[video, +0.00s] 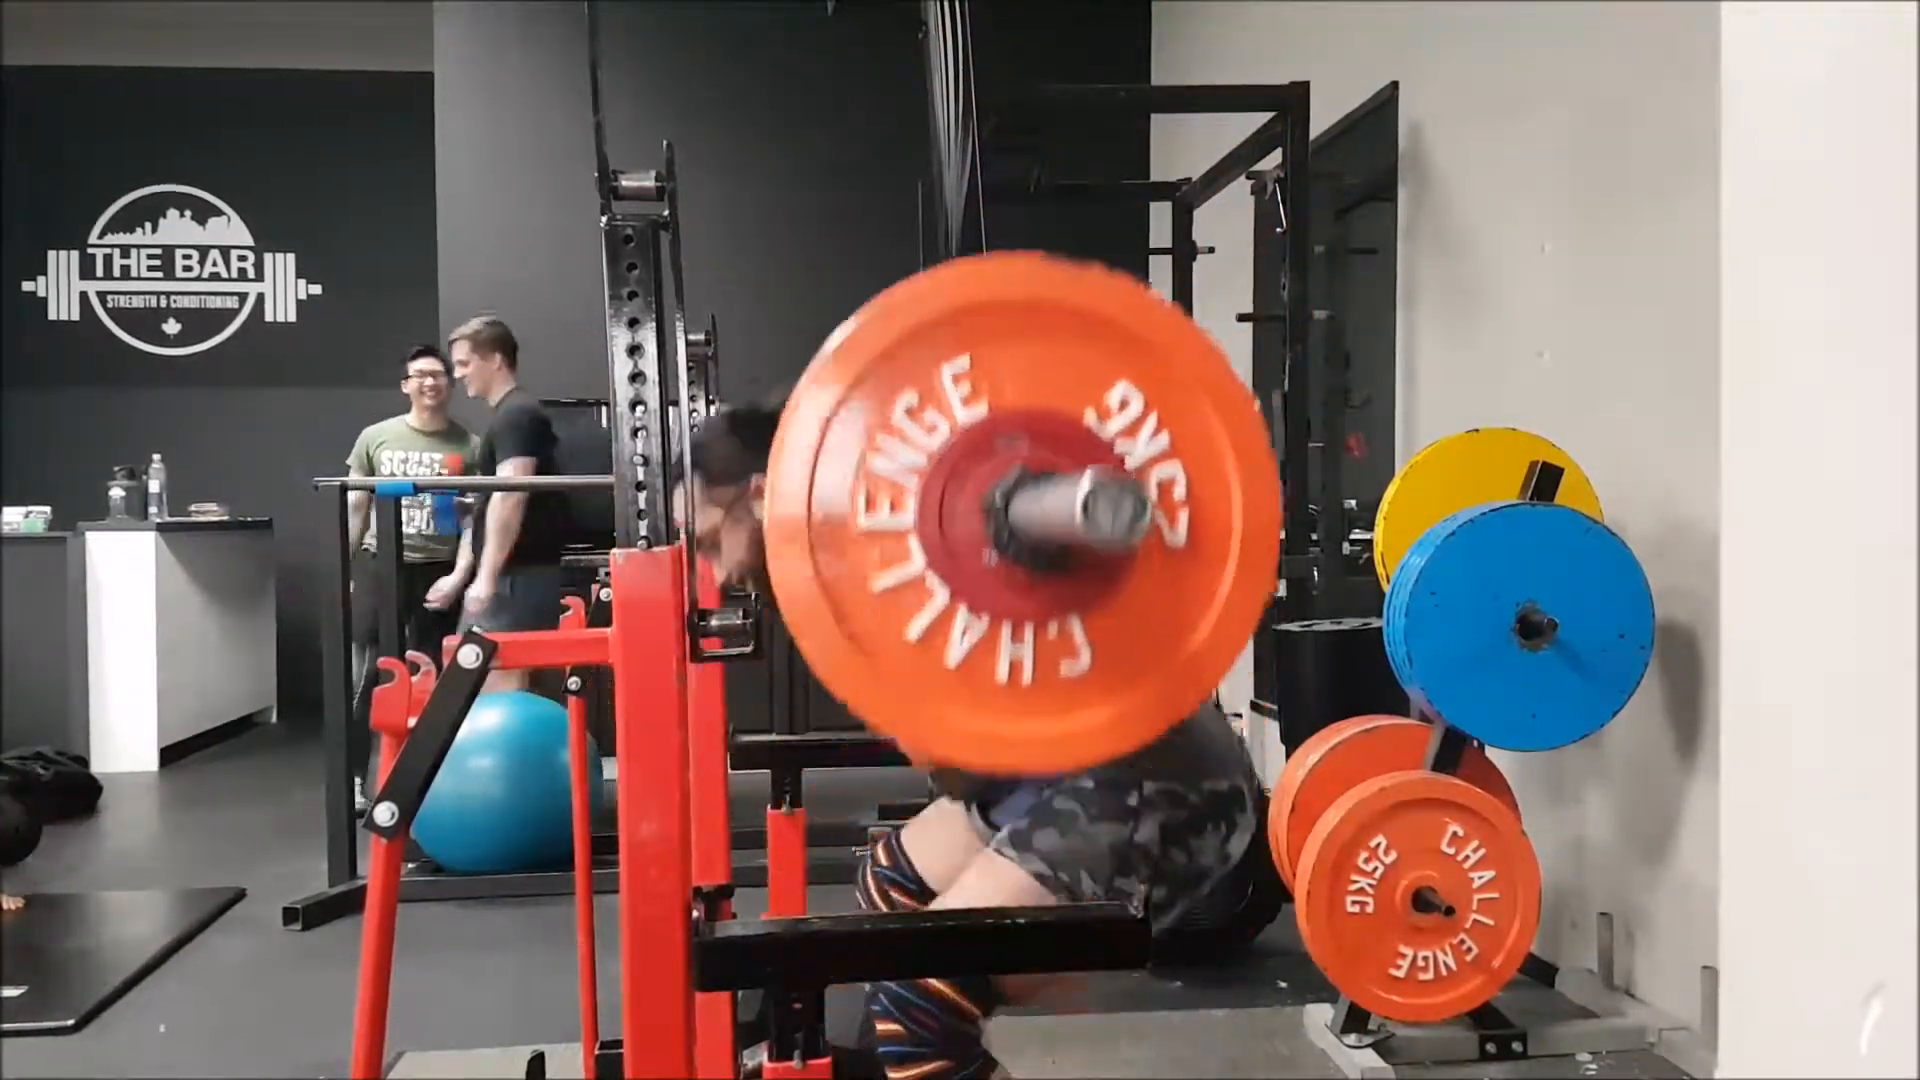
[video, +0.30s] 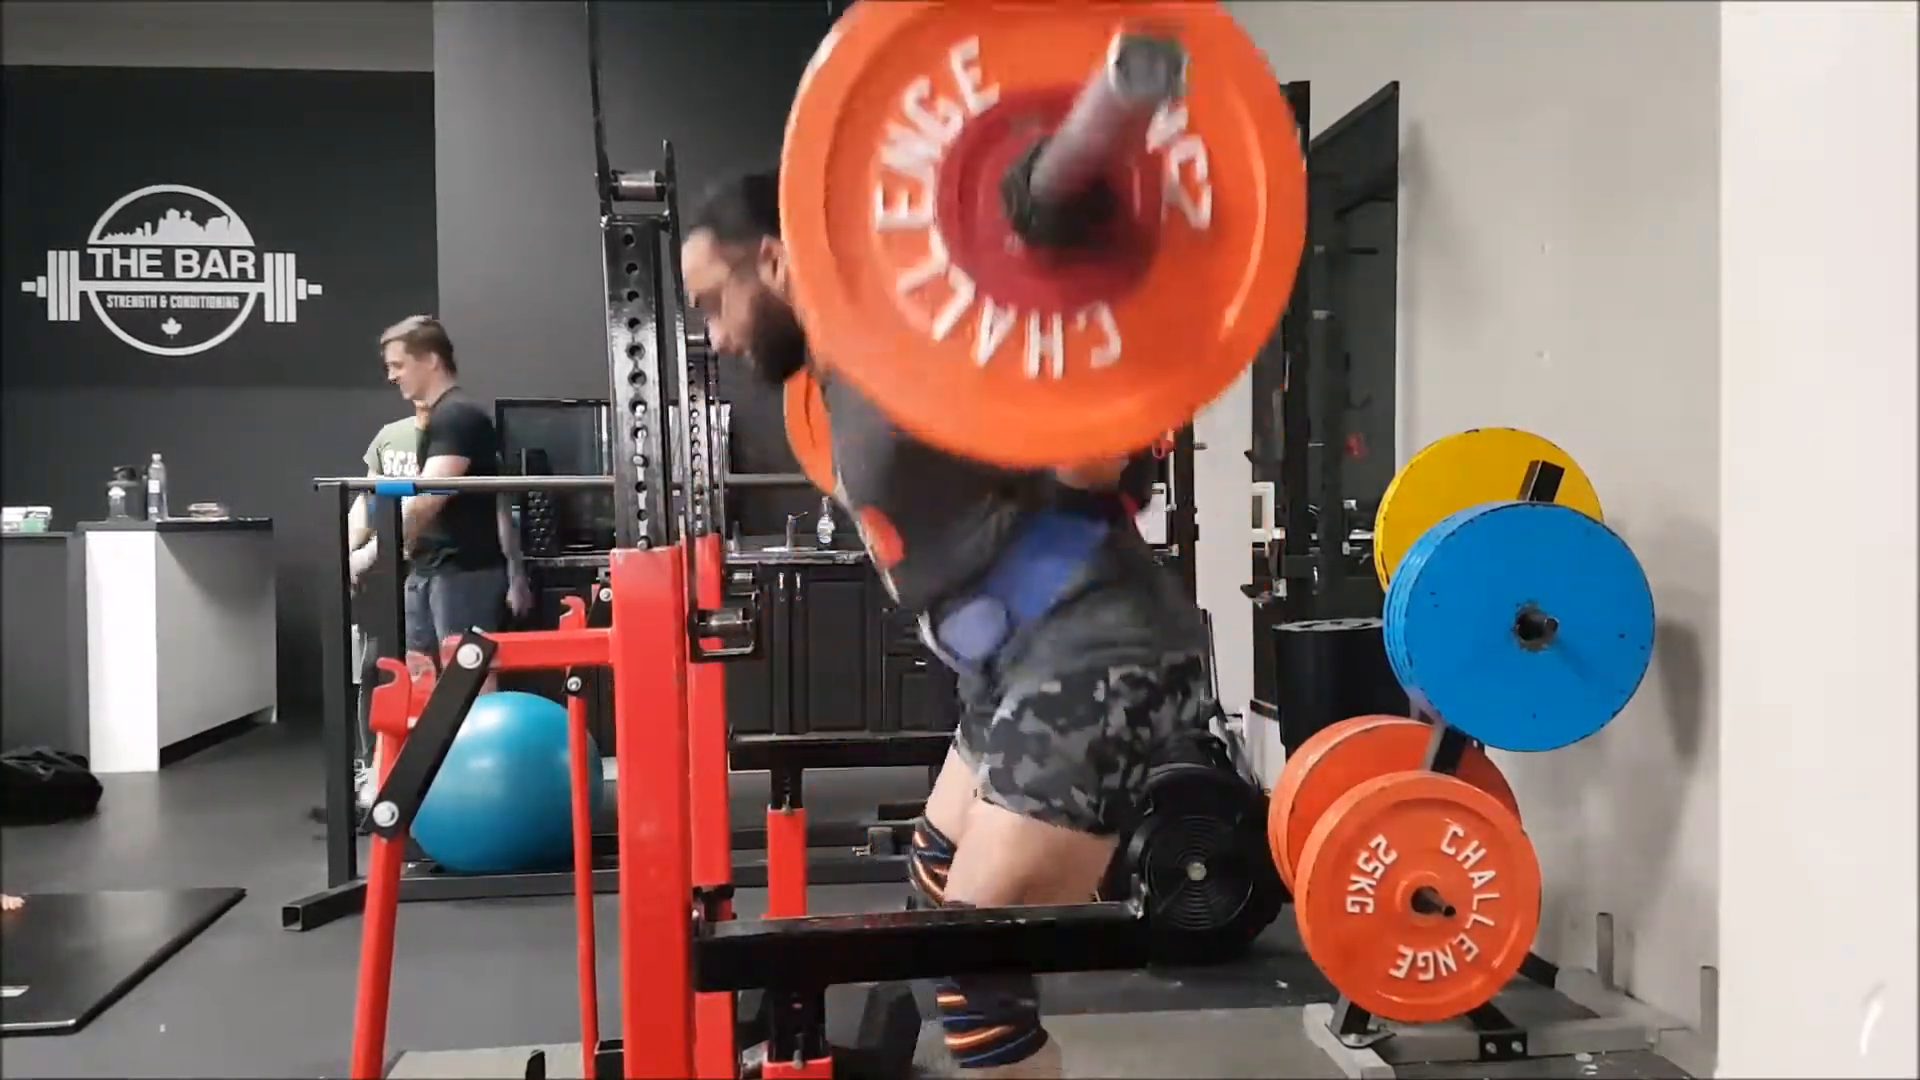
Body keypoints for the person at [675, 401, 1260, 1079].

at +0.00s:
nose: (712, 569)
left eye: (709, 539)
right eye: (699, 545)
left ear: (764, 494)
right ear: (764, 495)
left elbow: (939, 751)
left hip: (1142, 789)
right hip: (1060, 760)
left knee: (913, 1012)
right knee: (890, 880)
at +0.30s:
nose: (709, 337)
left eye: (712, 304)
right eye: (699, 315)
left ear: (778, 261)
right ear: (767, 270)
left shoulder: (891, 338)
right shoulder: (822, 391)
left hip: (1099, 655)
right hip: (1020, 666)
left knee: (972, 966)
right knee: (938, 867)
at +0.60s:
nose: (710, 237)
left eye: (710, 201)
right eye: (696, 214)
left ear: (774, 158)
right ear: (769, 167)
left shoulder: (909, 230)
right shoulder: (839, 286)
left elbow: (1099, 338)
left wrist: (1101, 162)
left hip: (1037, 592)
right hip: (962, 603)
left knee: (1036, 935)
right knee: (989, 925)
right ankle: (998, 1079)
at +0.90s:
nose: (714, 242)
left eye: (713, 206)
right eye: (700, 219)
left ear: (776, 161)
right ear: (773, 169)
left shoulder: (915, 232)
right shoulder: (846, 285)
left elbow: (1099, 342)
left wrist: (1095, 161)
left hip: (1035, 592)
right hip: (964, 605)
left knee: (1034, 941)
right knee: (995, 933)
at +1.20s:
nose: (715, 271)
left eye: (713, 234)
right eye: (701, 248)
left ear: (778, 188)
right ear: (776, 197)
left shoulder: (905, 277)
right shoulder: (835, 323)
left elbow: (1087, 391)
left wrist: (1089, 247)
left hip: (1071, 591)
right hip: (989, 614)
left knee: (1001, 945)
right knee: (956, 918)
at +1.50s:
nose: (726, 481)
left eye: (718, 447)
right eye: (710, 458)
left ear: (770, 396)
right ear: (771, 398)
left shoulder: (911, 455)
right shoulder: (847, 494)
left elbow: (1019, 397)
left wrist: (1130, 363)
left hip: (1121, 748)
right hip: (1018, 742)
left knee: (919, 1019)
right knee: (893, 875)